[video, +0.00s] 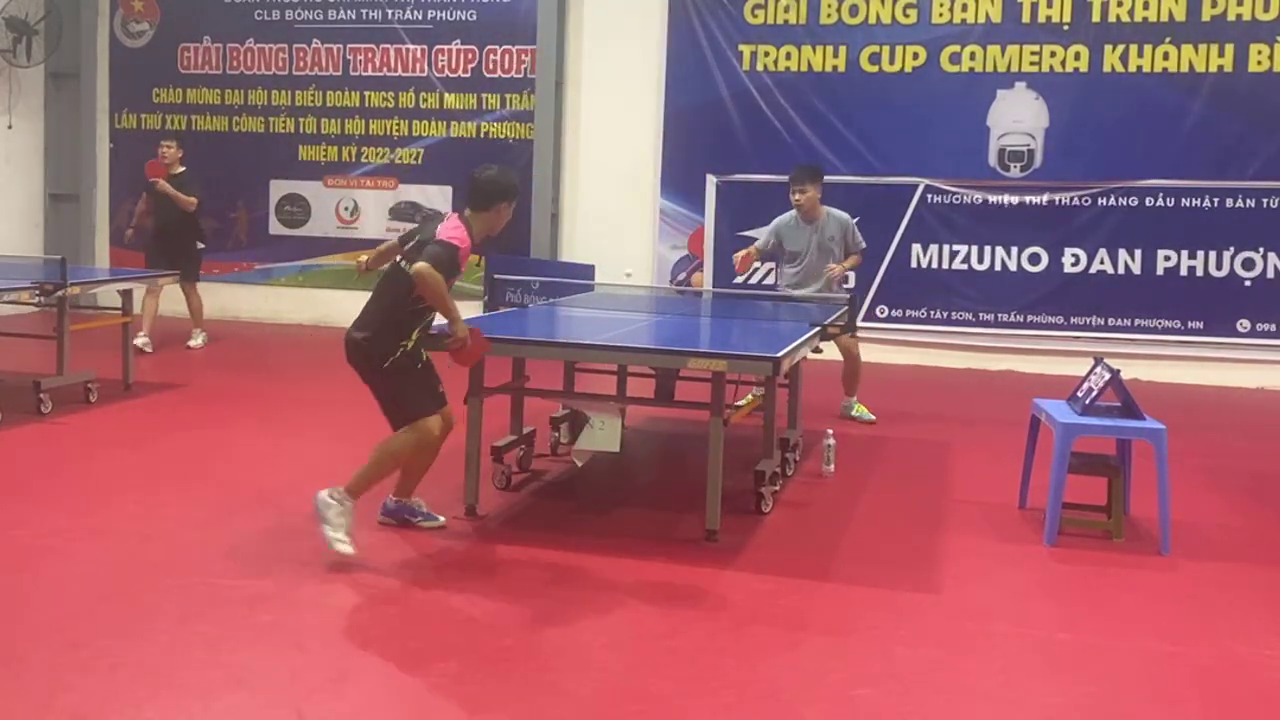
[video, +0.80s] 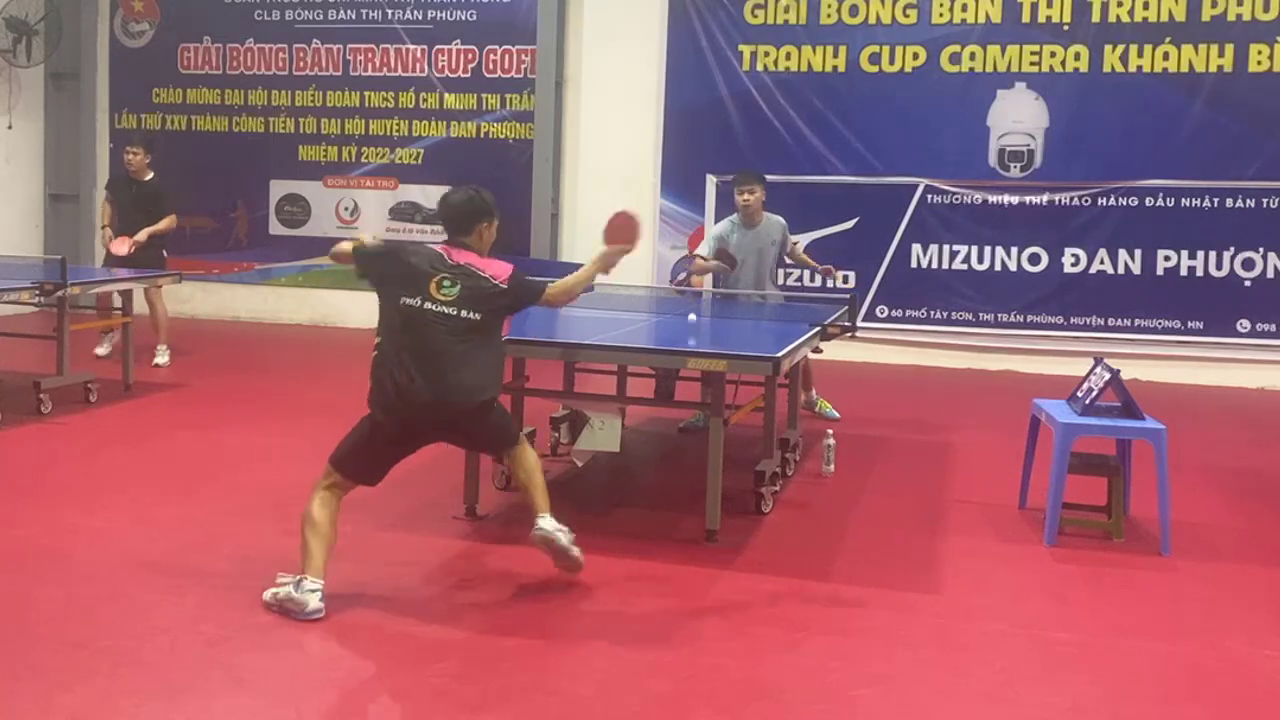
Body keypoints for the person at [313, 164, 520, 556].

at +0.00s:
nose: (508, 219)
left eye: (511, 210)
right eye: (509, 210)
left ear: (476, 202)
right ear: (498, 209)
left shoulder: (441, 221)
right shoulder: (456, 239)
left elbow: (398, 242)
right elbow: (424, 272)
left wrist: (372, 261)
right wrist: (456, 320)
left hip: (398, 339)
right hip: (378, 342)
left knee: (443, 421)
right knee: (427, 427)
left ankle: (400, 502)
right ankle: (341, 498)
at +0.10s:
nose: (517, 198)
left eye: (515, 190)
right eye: (516, 190)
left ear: (476, 186)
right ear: (507, 193)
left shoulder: (442, 212)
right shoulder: (473, 233)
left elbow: (392, 238)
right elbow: (446, 278)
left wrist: (371, 257)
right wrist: (475, 322)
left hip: (374, 330)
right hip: (400, 335)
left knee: (425, 418)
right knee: (456, 423)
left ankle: (396, 503)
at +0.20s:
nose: (514, 203)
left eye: (515, 196)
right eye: (515, 196)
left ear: (471, 191)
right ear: (506, 197)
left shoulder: (435, 220)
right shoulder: (482, 243)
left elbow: (380, 249)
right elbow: (474, 305)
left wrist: (375, 259)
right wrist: (501, 334)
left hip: (386, 347)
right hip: (419, 352)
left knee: (421, 430)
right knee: (476, 448)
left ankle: (373, 519)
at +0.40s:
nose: (514, 200)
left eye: (512, 193)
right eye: (513, 194)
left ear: (467, 193)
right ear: (505, 197)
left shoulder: (431, 225)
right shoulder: (507, 248)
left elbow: (372, 257)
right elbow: (536, 324)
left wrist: (413, 269)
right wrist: (529, 302)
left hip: (396, 354)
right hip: (454, 366)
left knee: (382, 428)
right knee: (509, 457)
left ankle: (340, 521)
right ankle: (490, 574)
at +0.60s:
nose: (498, 217)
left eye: (496, 210)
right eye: (497, 210)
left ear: (450, 211)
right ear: (490, 214)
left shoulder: (417, 246)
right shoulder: (500, 267)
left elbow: (366, 284)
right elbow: (552, 325)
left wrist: (418, 284)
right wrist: (537, 304)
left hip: (389, 388)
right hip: (454, 396)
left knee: (339, 466)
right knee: (519, 469)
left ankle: (307, 549)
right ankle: (517, 584)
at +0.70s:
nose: (481, 231)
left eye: (480, 224)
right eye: (480, 224)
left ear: (432, 225)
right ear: (470, 228)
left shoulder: (394, 262)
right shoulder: (485, 279)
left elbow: (346, 291)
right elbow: (543, 316)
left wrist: (387, 287)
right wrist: (573, 308)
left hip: (388, 411)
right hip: (457, 415)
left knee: (319, 488)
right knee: (513, 476)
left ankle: (308, 585)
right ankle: (522, 562)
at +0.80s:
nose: (497, 233)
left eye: (495, 225)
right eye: (495, 226)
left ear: (446, 226)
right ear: (483, 229)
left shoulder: (400, 257)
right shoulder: (501, 277)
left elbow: (338, 254)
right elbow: (558, 295)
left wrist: (360, 244)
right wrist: (598, 263)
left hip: (400, 410)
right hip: (470, 409)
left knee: (330, 488)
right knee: (517, 447)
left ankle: (309, 587)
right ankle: (545, 519)